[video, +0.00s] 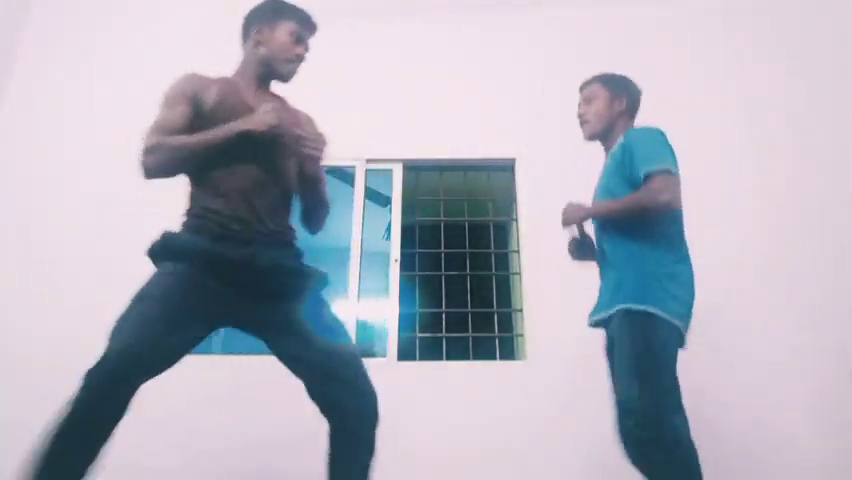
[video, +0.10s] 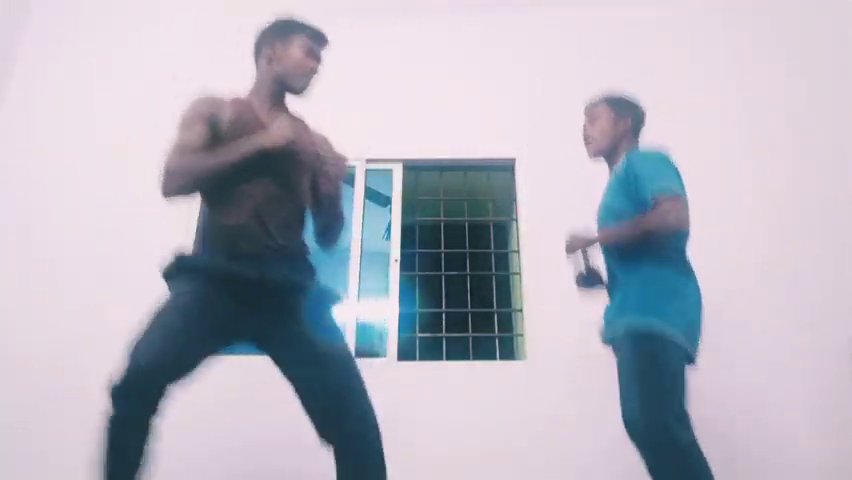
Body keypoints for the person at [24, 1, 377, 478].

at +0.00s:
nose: (303, 51)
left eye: (307, 44)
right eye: (296, 38)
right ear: (258, 34)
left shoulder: (299, 123)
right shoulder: (198, 89)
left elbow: (315, 221)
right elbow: (154, 160)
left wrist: (312, 169)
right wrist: (243, 126)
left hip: (276, 278)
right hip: (198, 270)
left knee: (356, 400)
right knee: (115, 372)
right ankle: (51, 475)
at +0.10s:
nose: (316, 66)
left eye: (318, 58)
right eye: (308, 53)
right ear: (271, 52)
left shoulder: (311, 141)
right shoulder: (213, 111)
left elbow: (329, 235)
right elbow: (174, 180)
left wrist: (329, 188)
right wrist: (259, 142)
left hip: (289, 297)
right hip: (213, 289)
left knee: (358, 430)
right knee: (135, 389)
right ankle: (118, 476)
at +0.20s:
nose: (329, 102)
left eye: (331, 94)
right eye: (321, 89)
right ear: (283, 88)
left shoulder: (325, 178)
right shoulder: (220, 149)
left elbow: (342, 273)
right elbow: (185, 227)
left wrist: (344, 231)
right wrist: (268, 178)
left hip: (302, 335)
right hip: (222, 330)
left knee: (369, 468)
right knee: (172, 437)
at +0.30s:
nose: (330, 94)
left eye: (332, 87)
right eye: (322, 82)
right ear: (283, 82)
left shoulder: (315, 168)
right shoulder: (219, 137)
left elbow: (336, 260)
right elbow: (176, 204)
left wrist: (333, 203)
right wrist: (262, 163)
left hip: (286, 317)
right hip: (212, 311)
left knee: (351, 462)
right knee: (153, 417)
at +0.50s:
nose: (298, 66)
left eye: (303, 59)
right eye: (292, 52)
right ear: (255, 49)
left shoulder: (287, 139)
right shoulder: (184, 98)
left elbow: (291, 234)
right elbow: (122, 161)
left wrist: (291, 184)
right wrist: (208, 135)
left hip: (238, 281)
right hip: (159, 267)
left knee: (292, 422)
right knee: (62, 374)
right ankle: (11, 471)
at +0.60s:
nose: (267, 88)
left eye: (270, 81)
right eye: (259, 75)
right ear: (221, 71)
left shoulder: (257, 173)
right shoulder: (146, 132)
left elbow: (261, 270)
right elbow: (84, 205)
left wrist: (261, 227)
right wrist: (165, 173)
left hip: (193, 330)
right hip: (110, 311)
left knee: (259, 455)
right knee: (12, 421)